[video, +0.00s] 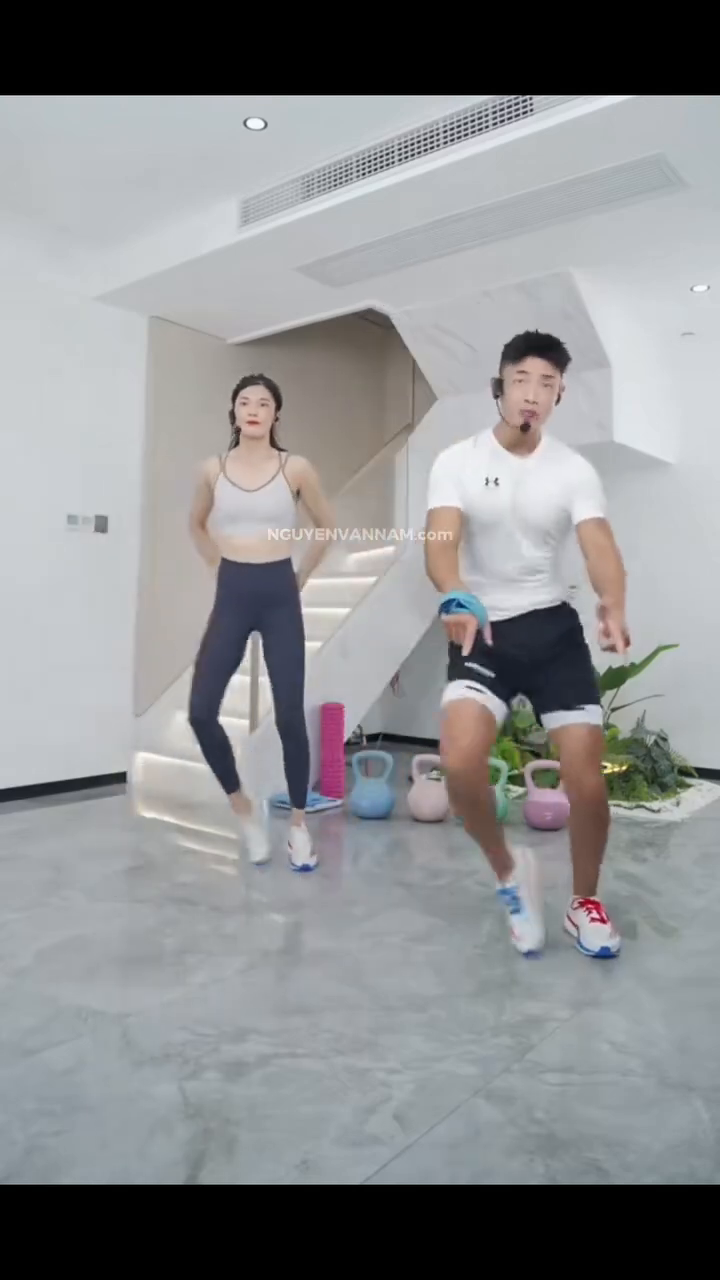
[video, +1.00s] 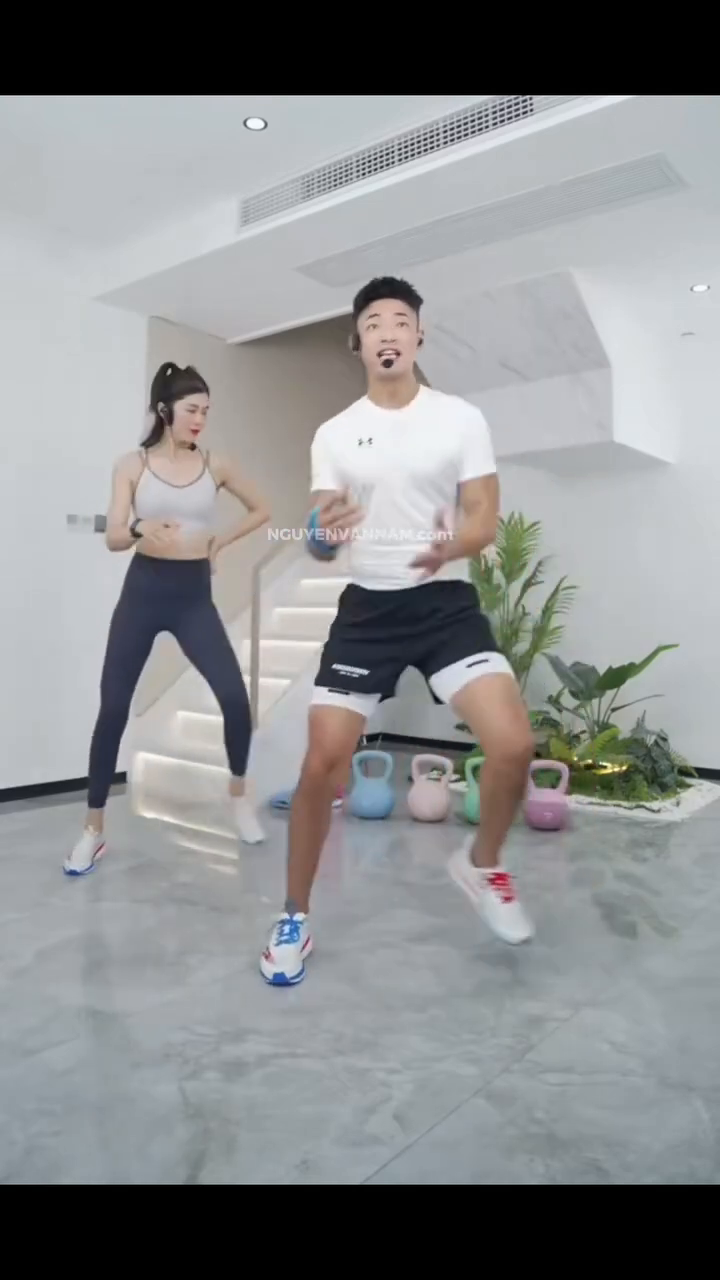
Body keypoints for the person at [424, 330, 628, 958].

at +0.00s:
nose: (532, 393)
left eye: (545, 384)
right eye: (521, 380)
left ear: (558, 398)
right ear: (499, 388)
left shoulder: (574, 470)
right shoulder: (456, 462)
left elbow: (600, 546)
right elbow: (441, 538)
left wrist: (611, 604)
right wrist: (454, 595)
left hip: (554, 629)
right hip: (481, 630)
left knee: (586, 782)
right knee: (458, 763)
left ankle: (586, 902)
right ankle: (508, 875)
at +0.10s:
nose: (512, 356)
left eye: (524, 347)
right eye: (500, 345)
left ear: (539, 363)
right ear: (481, 359)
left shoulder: (560, 441)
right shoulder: (443, 436)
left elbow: (579, 522)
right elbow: (431, 519)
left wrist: (580, 585)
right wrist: (441, 577)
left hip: (537, 615)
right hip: (461, 612)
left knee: (571, 778)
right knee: (408, 743)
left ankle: (583, 899)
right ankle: (431, 879)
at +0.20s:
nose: (481, 332)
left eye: (492, 323)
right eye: (469, 323)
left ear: (510, 341)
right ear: (451, 341)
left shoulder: (537, 421)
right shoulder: (417, 418)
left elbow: (551, 511)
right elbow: (402, 508)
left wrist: (547, 574)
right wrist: (413, 558)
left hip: (512, 602)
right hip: (434, 602)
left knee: (551, 760)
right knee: (375, 744)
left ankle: (582, 897)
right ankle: (340, 896)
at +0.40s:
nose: (412, 349)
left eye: (424, 339)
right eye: (401, 340)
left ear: (445, 356)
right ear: (384, 359)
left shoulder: (469, 442)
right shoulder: (349, 439)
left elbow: (500, 527)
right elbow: (310, 516)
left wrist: (501, 592)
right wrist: (306, 573)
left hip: (447, 626)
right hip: (363, 625)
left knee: (520, 774)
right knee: (317, 773)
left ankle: (560, 894)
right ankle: (293, 919)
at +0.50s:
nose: (389, 347)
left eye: (402, 336)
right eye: (377, 337)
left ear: (423, 351)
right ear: (362, 355)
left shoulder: (451, 439)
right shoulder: (326, 435)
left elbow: (497, 527)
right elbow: (271, 520)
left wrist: (486, 594)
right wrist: (269, 600)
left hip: (429, 617)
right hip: (345, 619)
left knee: (499, 752)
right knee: (303, 762)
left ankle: (498, 868)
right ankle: (292, 919)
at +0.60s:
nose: (375, 335)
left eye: (389, 324)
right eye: (362, 325)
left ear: (410, 338)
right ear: (346, 341)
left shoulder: (446, 424)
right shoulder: (314, 422)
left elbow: (499, 505)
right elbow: (269, 495)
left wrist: (469, 587)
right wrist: (270, 586)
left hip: (417, 603)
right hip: (335, 604)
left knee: (444, 744)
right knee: (306, 752)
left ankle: (416, 849)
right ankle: (291, 915)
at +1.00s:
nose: (387, 335)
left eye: (400, 323)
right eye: (374, 325)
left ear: (420, 337)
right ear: (358, 343)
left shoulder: (460, 419)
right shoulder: (334, 435)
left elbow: (483, 522)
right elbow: (322, 541)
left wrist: (453, 546)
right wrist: (329, 532)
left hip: (446, 604)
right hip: (365, 610)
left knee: (514, 745)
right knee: (323, 761)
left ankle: (484, 864)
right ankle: (294, 917)